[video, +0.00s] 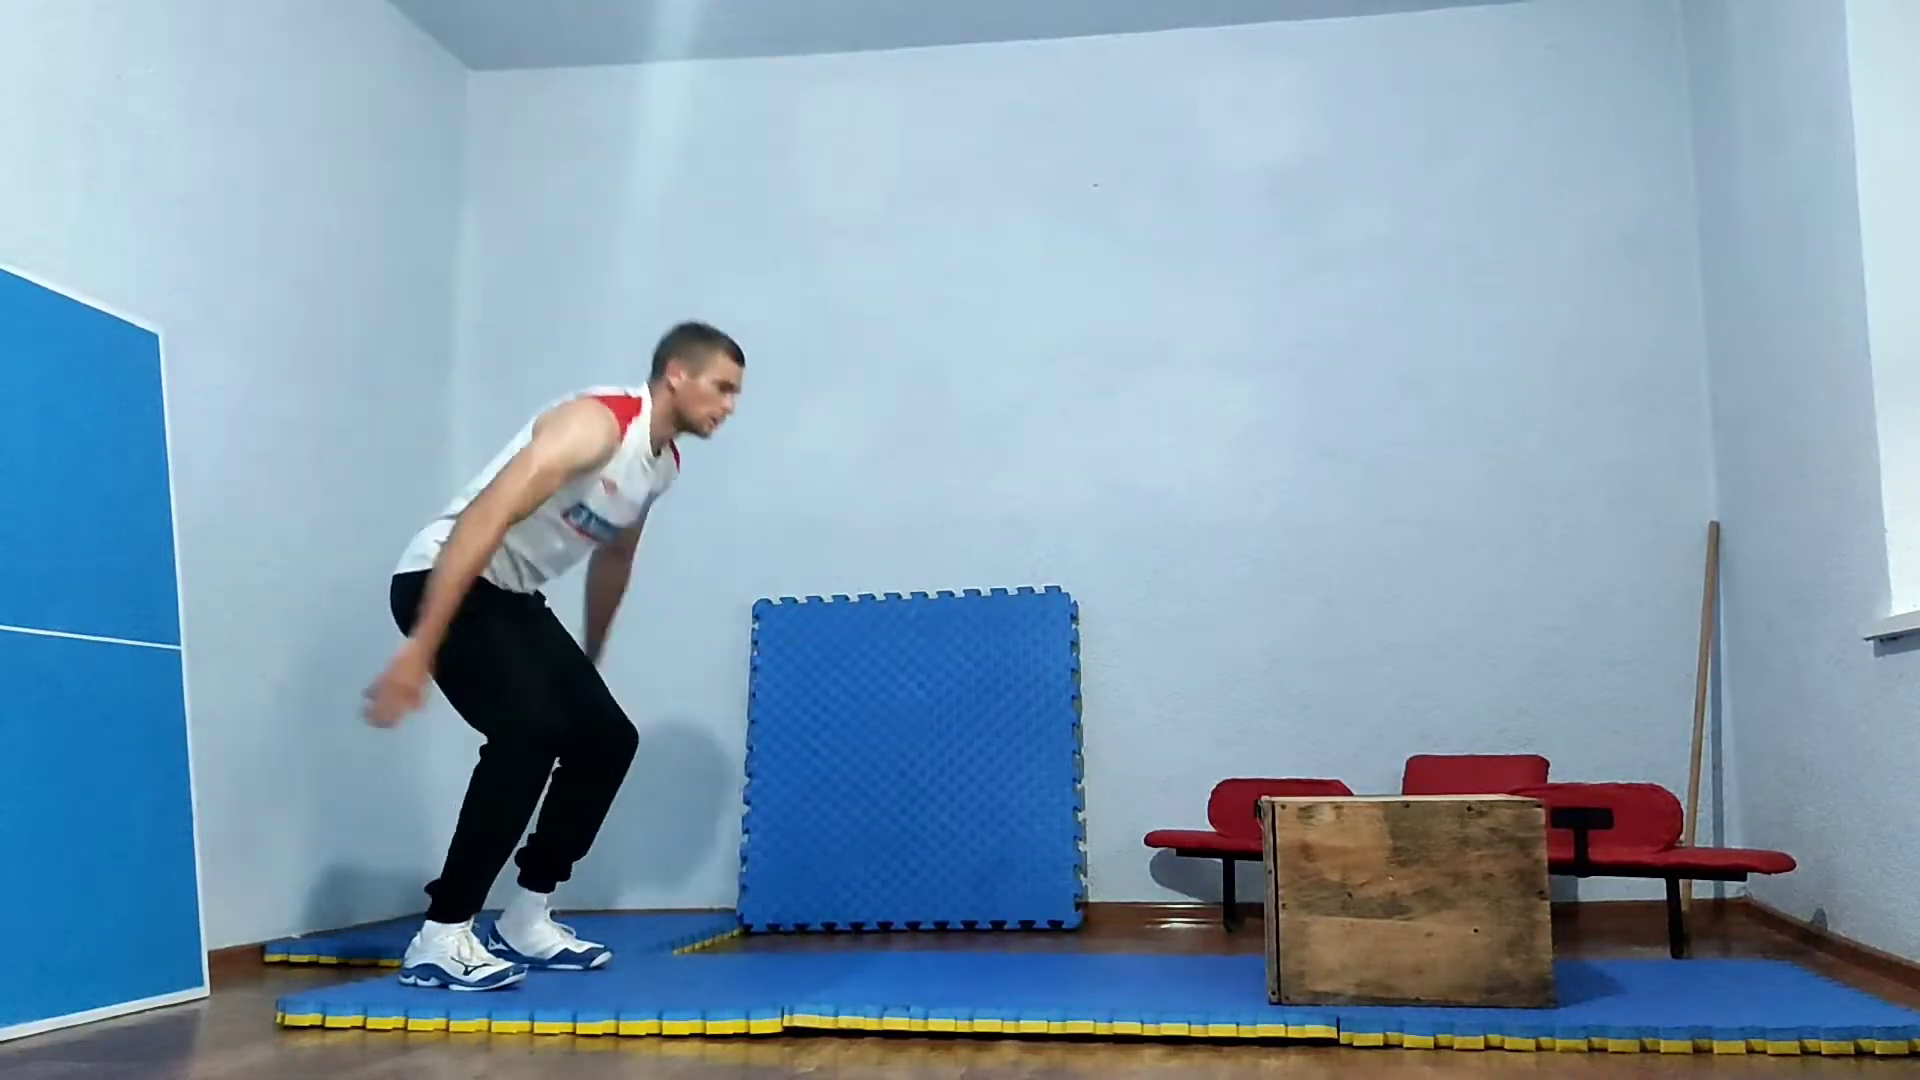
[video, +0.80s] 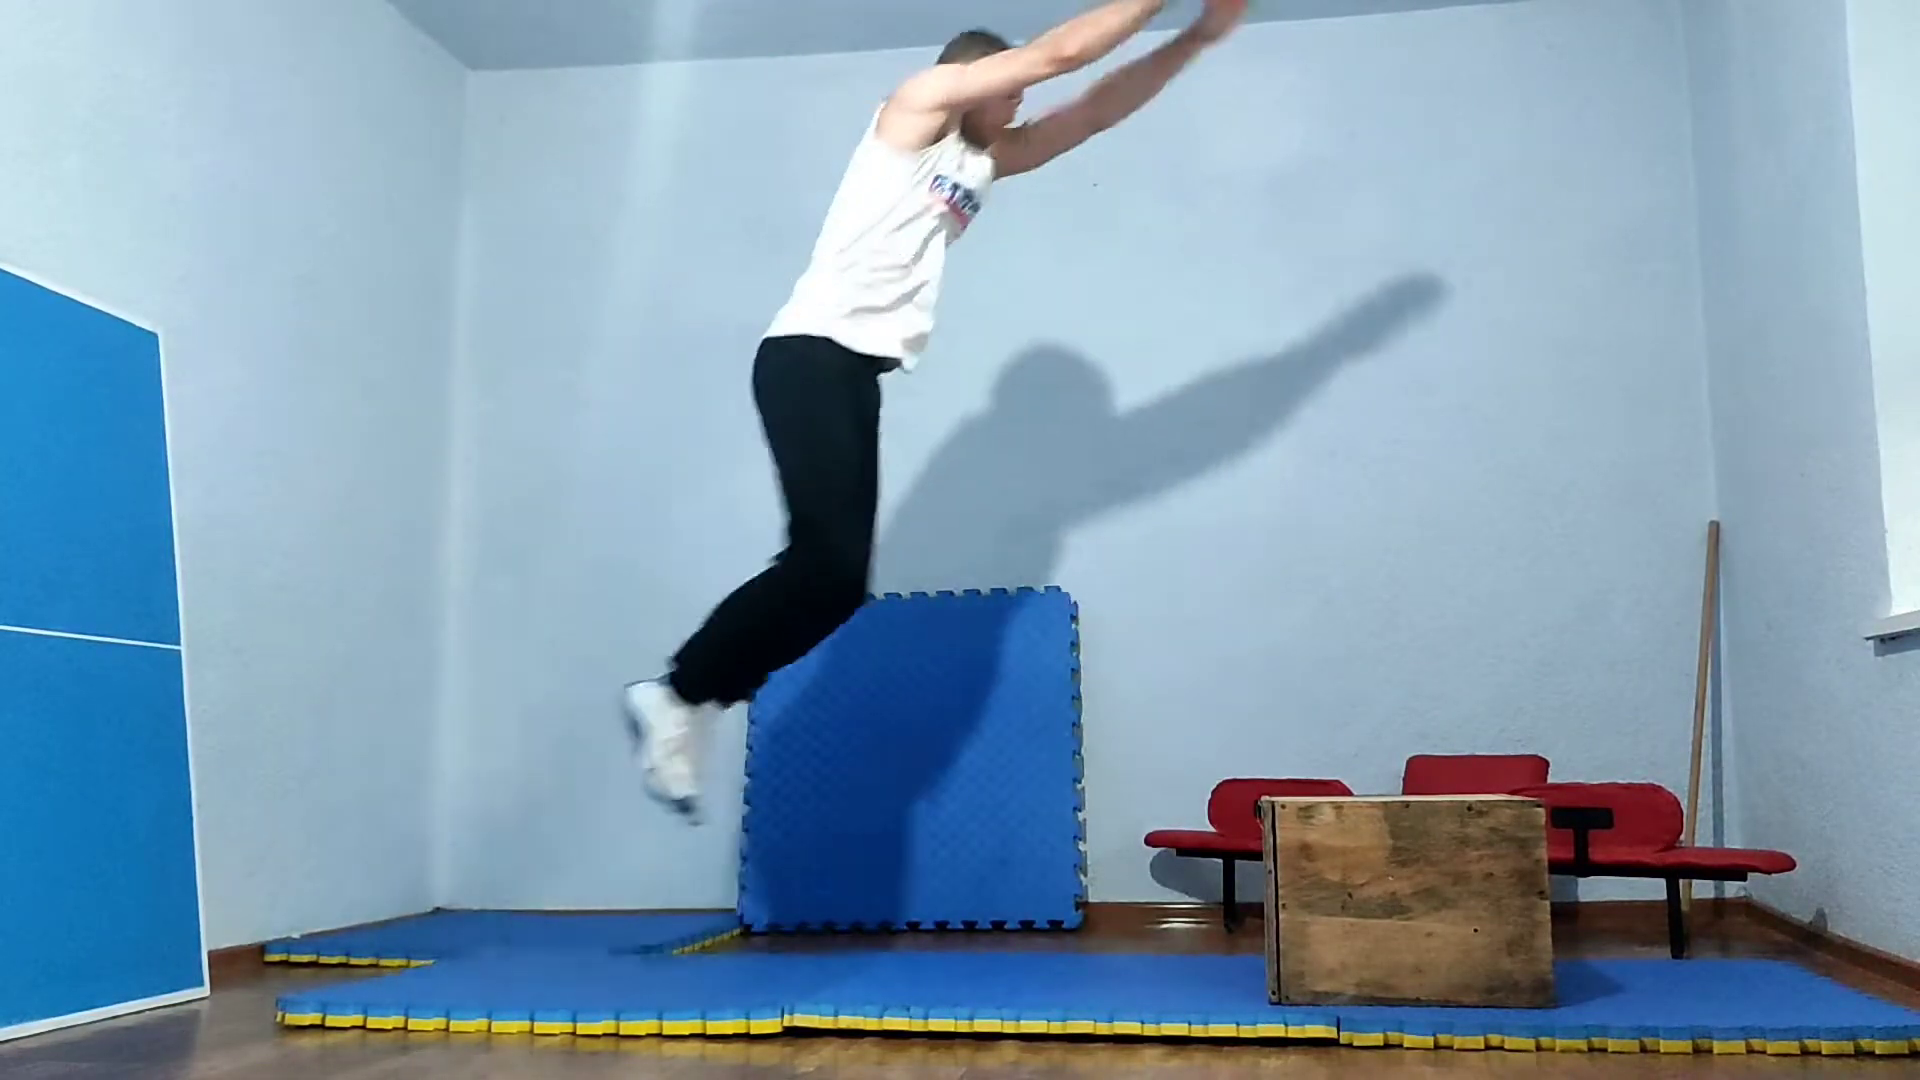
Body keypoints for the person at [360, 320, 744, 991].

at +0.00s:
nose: (729, 405)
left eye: (735, 393)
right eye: (721, 388)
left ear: (687, 387)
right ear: (674, 377)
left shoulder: (660, 464)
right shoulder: (592, 425)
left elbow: (614, 557)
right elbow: (486, 519)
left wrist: (590, 659)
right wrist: (419, 650)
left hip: (512, 595)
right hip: (447, 583)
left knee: (608, 741)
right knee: (529, 730)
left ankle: (524, 918)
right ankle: (442, 934)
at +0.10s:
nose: (757, 492)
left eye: (762, 480)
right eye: (749, 475)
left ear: (711, 474)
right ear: (701, 466)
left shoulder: (678, 537)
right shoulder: (611, 508)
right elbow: (464, 532)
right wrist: (329, 604)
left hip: (520, 641)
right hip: (445, 625)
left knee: (632, 752)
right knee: (555, 745)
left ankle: (526, 918)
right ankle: (446, 934)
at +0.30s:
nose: (787, 563)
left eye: (791, 550)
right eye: (778, 547)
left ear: (739, 549)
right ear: (728, 542)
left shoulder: (708, 608)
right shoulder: (636, 591)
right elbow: (499, 605)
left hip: (547, 690)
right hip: (471, 676)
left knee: (667, 774)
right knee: (604, 776)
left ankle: (529, 917)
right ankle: (459, 929)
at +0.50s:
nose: (818, 410)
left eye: (820, 397)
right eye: (807, 393)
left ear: (781, 402)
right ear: (756, 392)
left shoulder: (762, 495)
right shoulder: (687, 453)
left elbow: (823, 582)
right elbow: (768, 567)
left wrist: (905, 650)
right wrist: (872, 642)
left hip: (605, 623)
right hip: (538, 605)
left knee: (676, 779)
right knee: (622, 778)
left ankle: (539, 910)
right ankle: (469, 922)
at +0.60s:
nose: (866, 293)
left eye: (869, 281)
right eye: (853, 279)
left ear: (854, 292)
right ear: (801, 277)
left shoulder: (833, 365)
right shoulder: (762, 326)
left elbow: (955, 359)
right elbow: (899, 313)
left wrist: (1071, 318)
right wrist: (1021, 271)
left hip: (677, 565)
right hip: (618, 545)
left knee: (671, 759)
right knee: (610, 750)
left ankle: (550, 892)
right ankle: (472, 911)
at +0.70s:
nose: (944, 182)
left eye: (945, 165)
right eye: (935, 162)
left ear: (918, 165)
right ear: (896, 152)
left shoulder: (908, 229)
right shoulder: (844, 184)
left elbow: (1018, 168)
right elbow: (973, 120)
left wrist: (1108, 78)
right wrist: (1076, 35)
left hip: (787, 458)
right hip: (734, 441)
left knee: (701, 638)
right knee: (651, 619)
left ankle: (604, 802)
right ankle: (540, 809)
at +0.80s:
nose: (1022, 110)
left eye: (1023, 96)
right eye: (1016, 91)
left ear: (987, 97)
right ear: (974, 82)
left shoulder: (982, 159)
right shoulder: (917, 107)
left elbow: (1095, 112)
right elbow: (1057, 55)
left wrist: (1197, 40)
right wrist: (1156, 3)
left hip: (852, 376)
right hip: (811, 362)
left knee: (839, 584)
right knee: (825, 567)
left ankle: (701, 702)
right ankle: (674, 698)